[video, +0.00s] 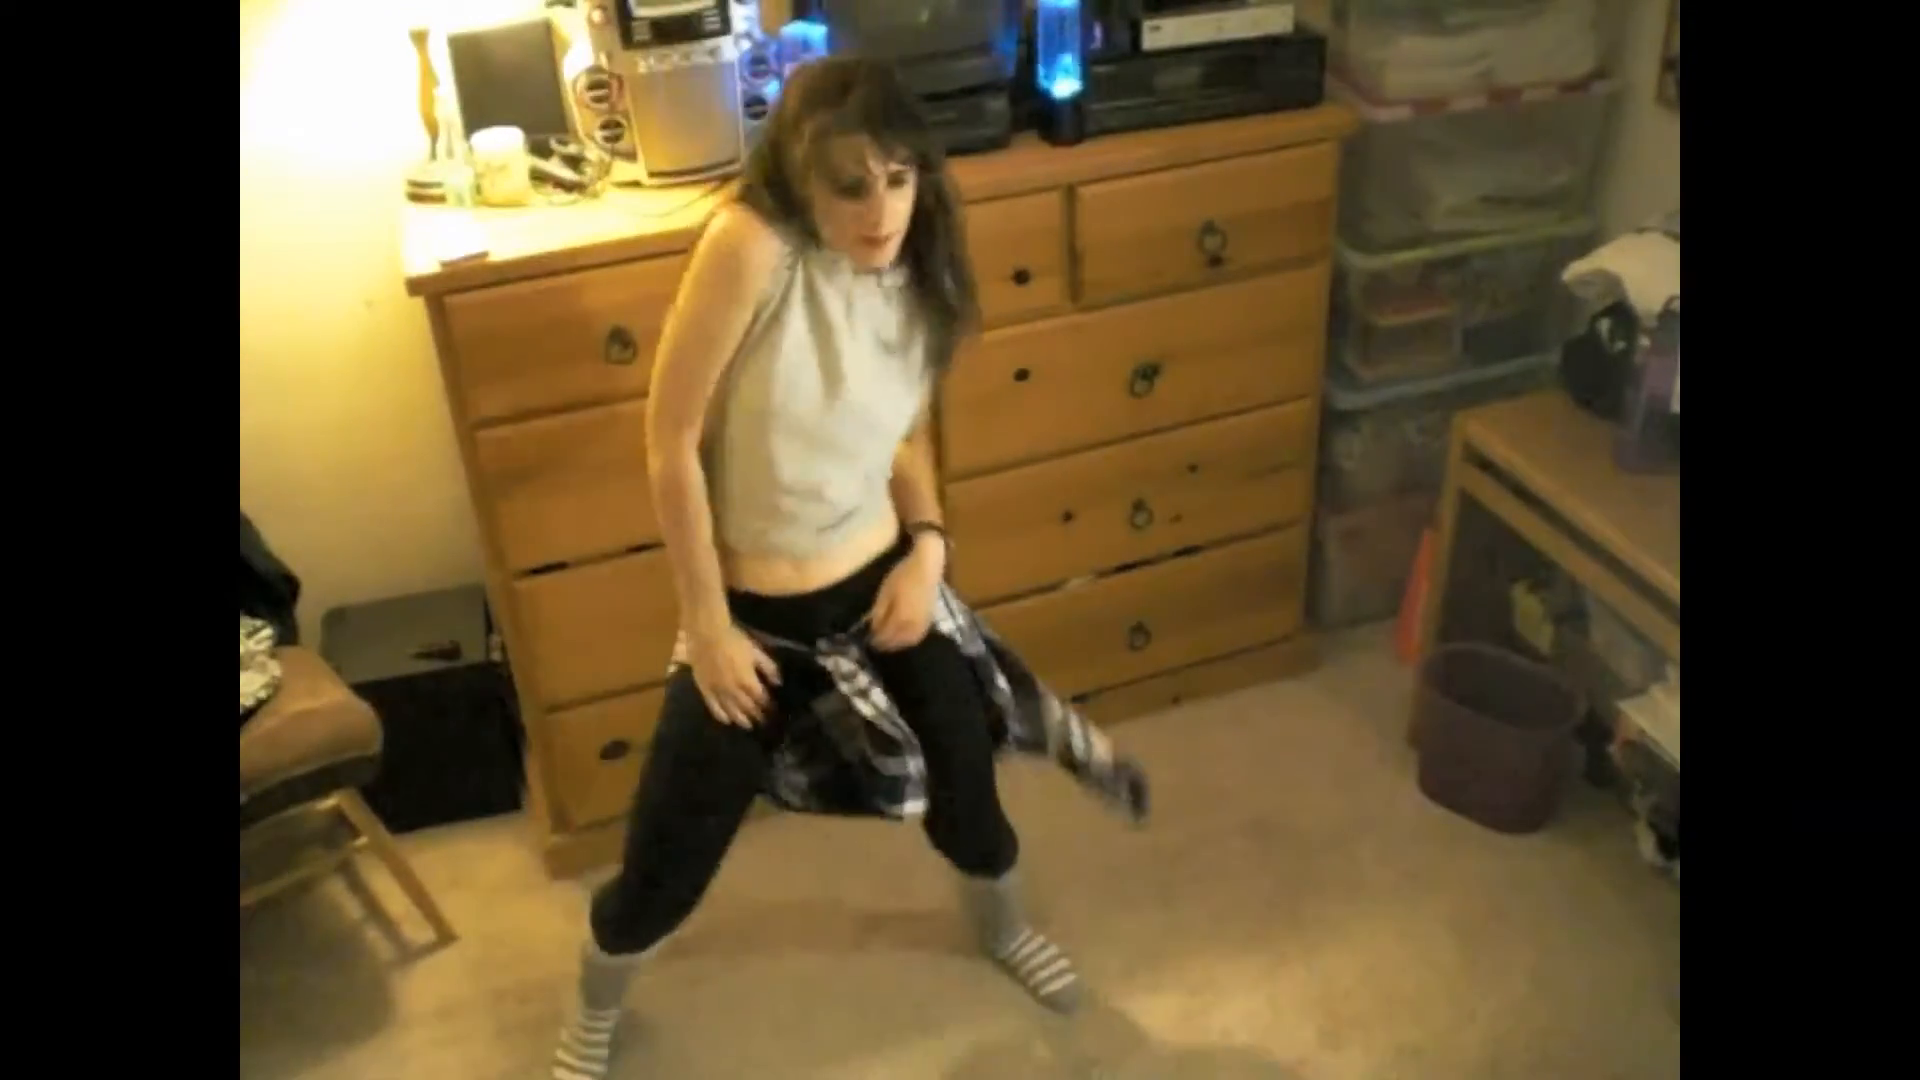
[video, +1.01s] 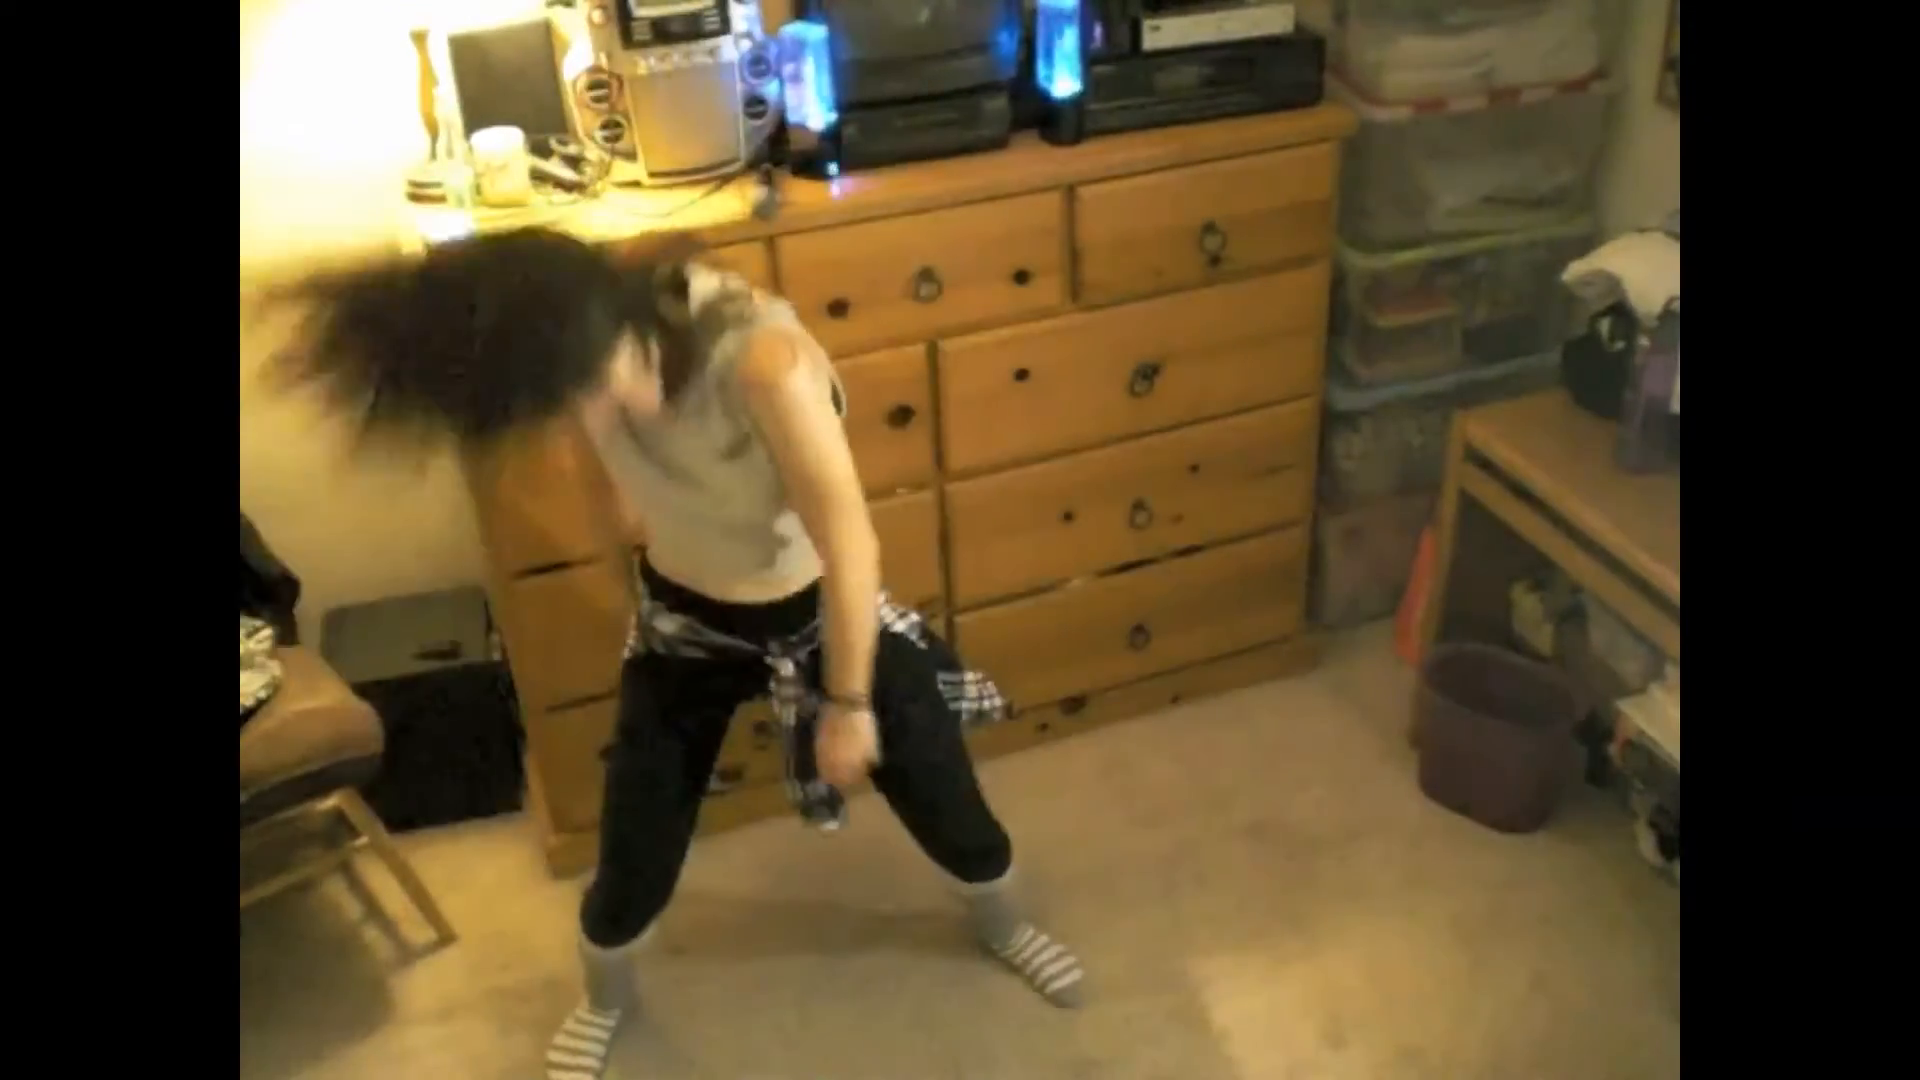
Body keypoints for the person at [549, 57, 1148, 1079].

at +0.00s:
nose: (884, 212)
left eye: (899, 181)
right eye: (851, 191)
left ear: (920, 171)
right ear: (798, 186)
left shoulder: (913, 268)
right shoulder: (748, 249)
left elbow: (901, 422)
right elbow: (671, 431)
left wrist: (925, 543)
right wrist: (706, 625)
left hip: (883, 591)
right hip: (751, 621)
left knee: (968, 778)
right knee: (665, 868)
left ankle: (1005, 930)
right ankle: (596, 1012)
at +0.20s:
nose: (862, 174)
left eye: (878, 144)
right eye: (830, 153)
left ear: (900, 126)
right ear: (773, 140)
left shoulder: (889, 219)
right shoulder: (749, 212)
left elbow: (881, 390)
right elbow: (695, 414)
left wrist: (912, 513)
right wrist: (730, 606)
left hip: (872, 580)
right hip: (739, 600)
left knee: (964, 766)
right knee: (668, 849)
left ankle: (1006, 926)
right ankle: (596, 1005)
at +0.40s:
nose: (932, 257)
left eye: (936, 224)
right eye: (895, 242)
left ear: (960, 217)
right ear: (847, 260)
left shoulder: (945, 319)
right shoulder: (839, 384)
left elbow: (906, 454)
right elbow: (698, 555)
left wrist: (968, 557)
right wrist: (776, 678)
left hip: (861, 616)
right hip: (729, 645)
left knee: (1018, 794)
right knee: (685, 922)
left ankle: (1008, 924)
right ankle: (598, 994)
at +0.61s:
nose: (892, 588)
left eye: (917, 581)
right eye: (897, 567)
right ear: (877, 512)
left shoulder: (908, 520)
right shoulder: (751, 536)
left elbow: (945, 600)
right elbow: (608, 566)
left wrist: (1023, 686)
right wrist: (657, 736)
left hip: (838, 644)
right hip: (711, 685)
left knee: (1016, 797)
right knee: (679, 951)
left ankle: (1011, 924)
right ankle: (605, 1002)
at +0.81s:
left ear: (752, 507)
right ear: (647, 525)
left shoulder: (817, 440)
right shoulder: (602, 506)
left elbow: (910, 564)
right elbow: (579, 646)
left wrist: (964, 701)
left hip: (837, 623)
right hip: (691, 652)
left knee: (997, 812)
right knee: (654, 898)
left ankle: (1008, 926)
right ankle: (602, 1000)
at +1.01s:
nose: (597, 413)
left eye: (598, 387)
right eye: (574, 402)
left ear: (624, 334)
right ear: (554, 388)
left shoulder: (760, 354)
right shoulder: (586, 374)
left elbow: (847, 535)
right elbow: (610, 528)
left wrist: (848, 705)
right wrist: (585, 429)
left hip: (825, 605)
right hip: (686, 615)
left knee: (953, 810)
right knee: (638, 851)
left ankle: (1006, 922)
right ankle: (604, 999)